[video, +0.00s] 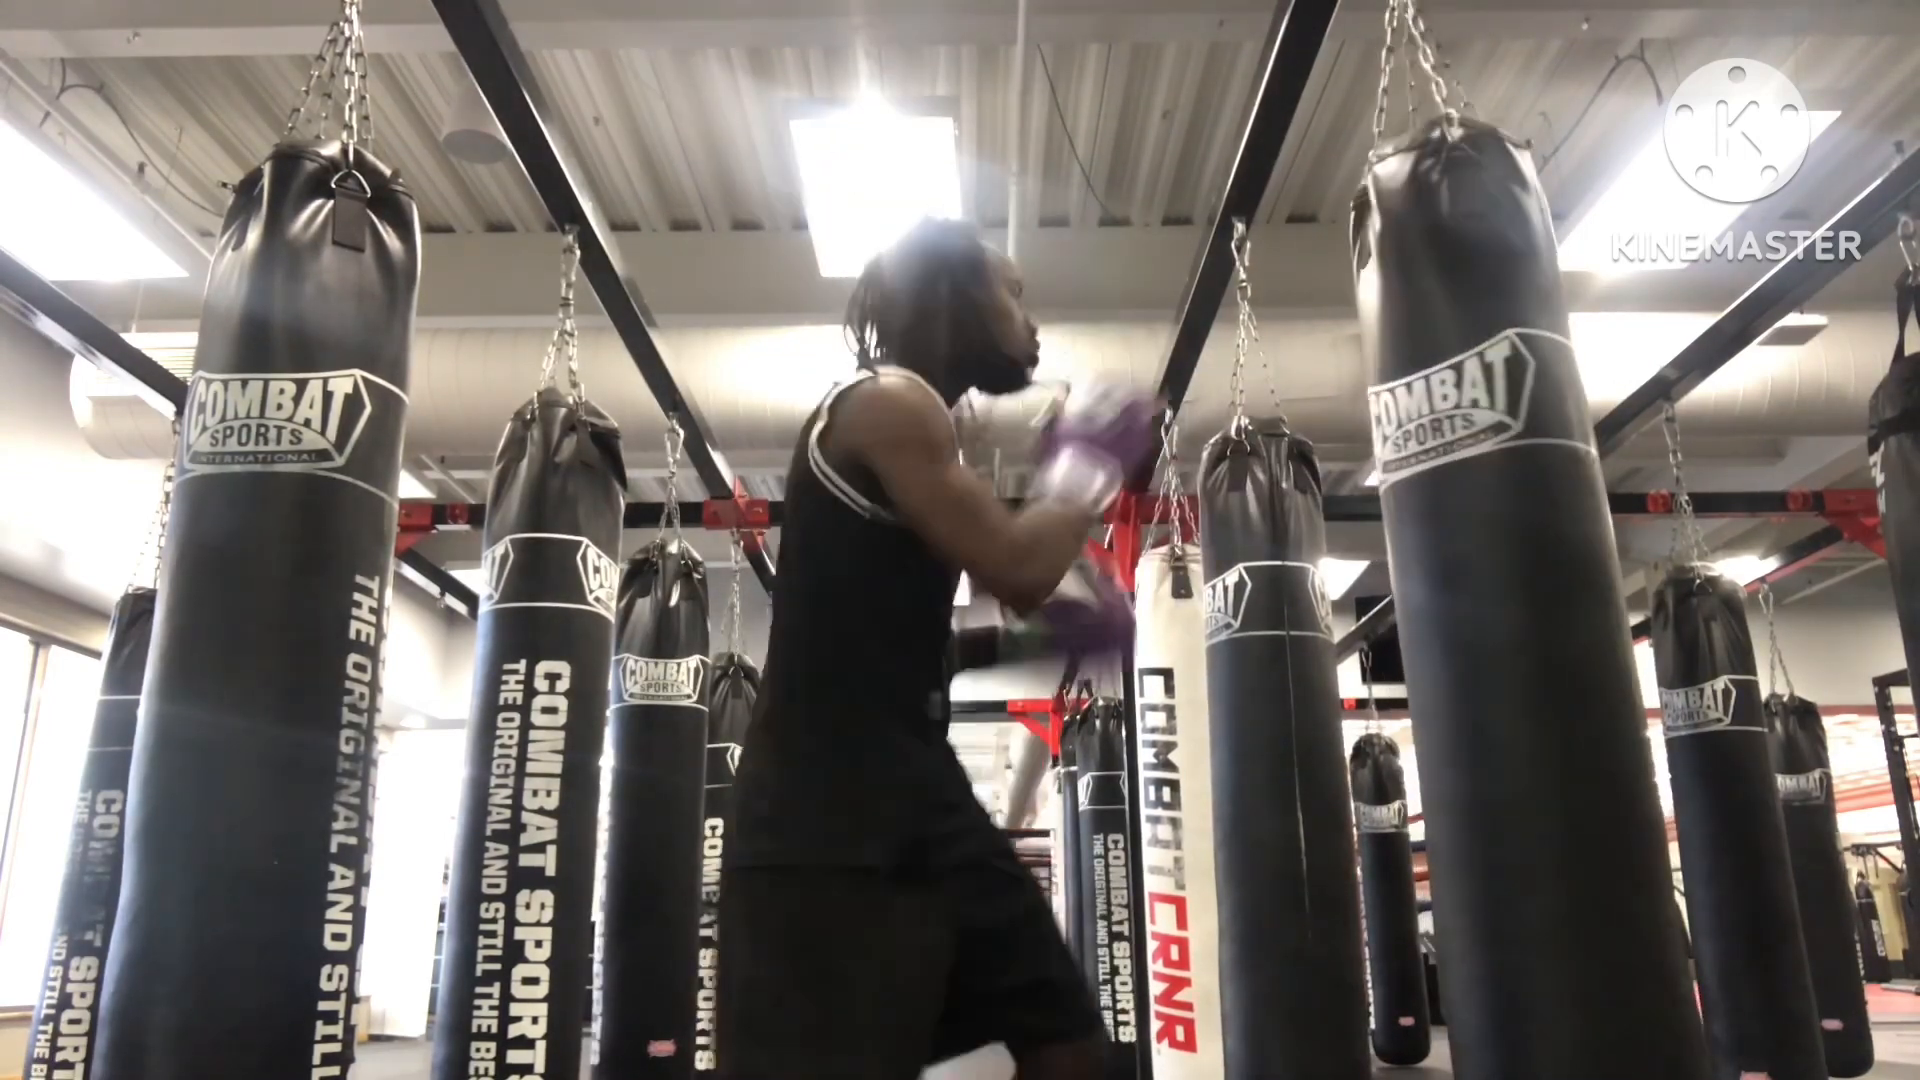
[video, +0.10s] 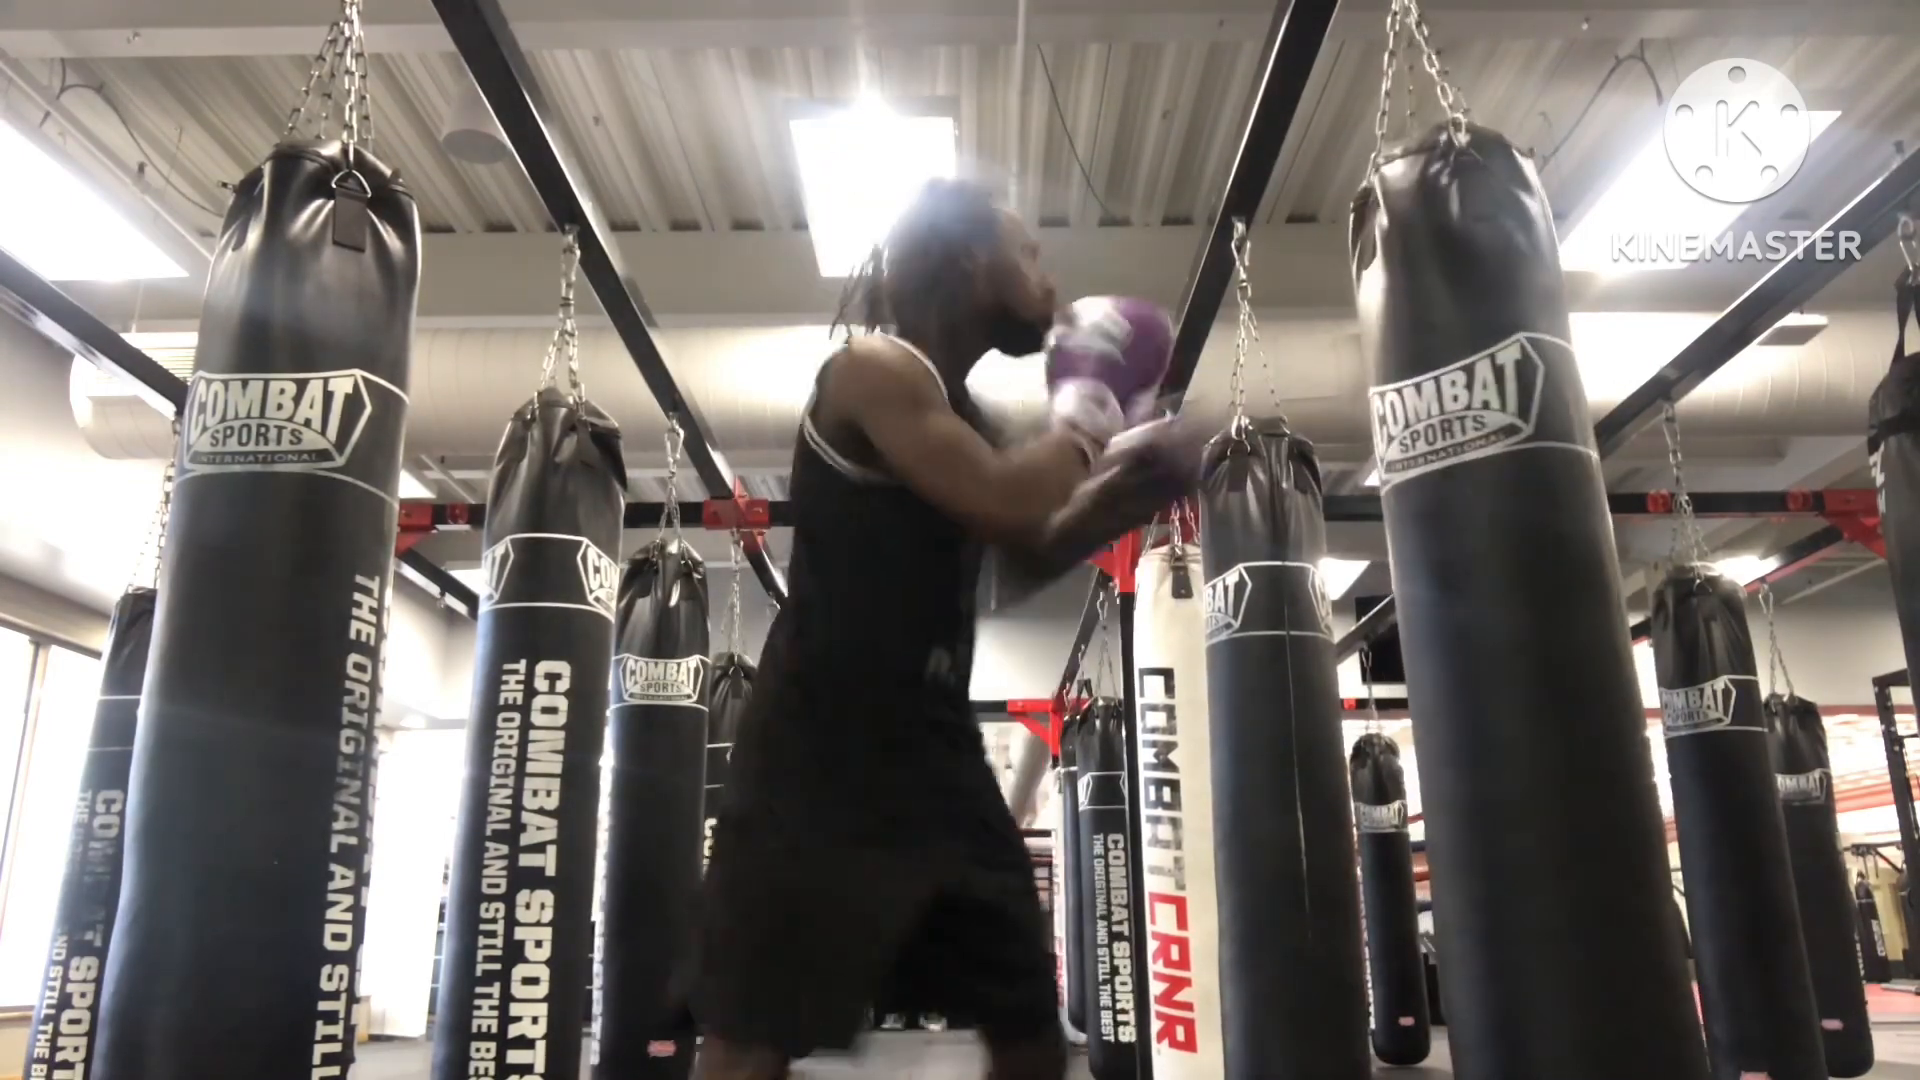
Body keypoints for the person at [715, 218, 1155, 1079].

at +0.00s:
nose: (1031, 318)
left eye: (1023, 295)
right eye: (1013, 294)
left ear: (923, 310)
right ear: (956, 300)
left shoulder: (878, 414)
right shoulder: (890, 405)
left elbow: (884, 650)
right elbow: (1022, 566)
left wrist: (1032, 633)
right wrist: (1091, 461)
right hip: (858, 809)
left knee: (1063, 1042)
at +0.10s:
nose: (1047, 271)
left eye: (1038, 251)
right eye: (1026, 250)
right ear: (966, 263)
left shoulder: (967, 416)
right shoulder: (874, 369)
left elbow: (1027, 558)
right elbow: (1017, 498)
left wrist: (1145, 478)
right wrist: (1083, 400)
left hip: (929, 741)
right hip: (823, 742)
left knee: (1025, 1033)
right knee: (747, 1040)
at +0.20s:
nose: (1059, 286)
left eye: (1052, 262)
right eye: (1038, 258)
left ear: (981, 273)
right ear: (975, 266)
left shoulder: (1019, 410)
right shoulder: (869, 376)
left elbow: (1188, 455)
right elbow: (1010, 486)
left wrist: (1339, 421)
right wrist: (1090, 386)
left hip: (941, 764)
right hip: (818, 757)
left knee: (999, 1050)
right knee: (776, 1051)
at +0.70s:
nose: (1019, 298)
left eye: (1013, 278)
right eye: (997, 273)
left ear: (955, 297)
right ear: (927, 285)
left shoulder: (997, 428)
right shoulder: (840, 400)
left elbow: (1141, 497)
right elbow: (915, 529)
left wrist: (1268, 422)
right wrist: (1039, 426)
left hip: (928, 783)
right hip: (801, 766)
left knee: (963, 1053)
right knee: (687, 1038)